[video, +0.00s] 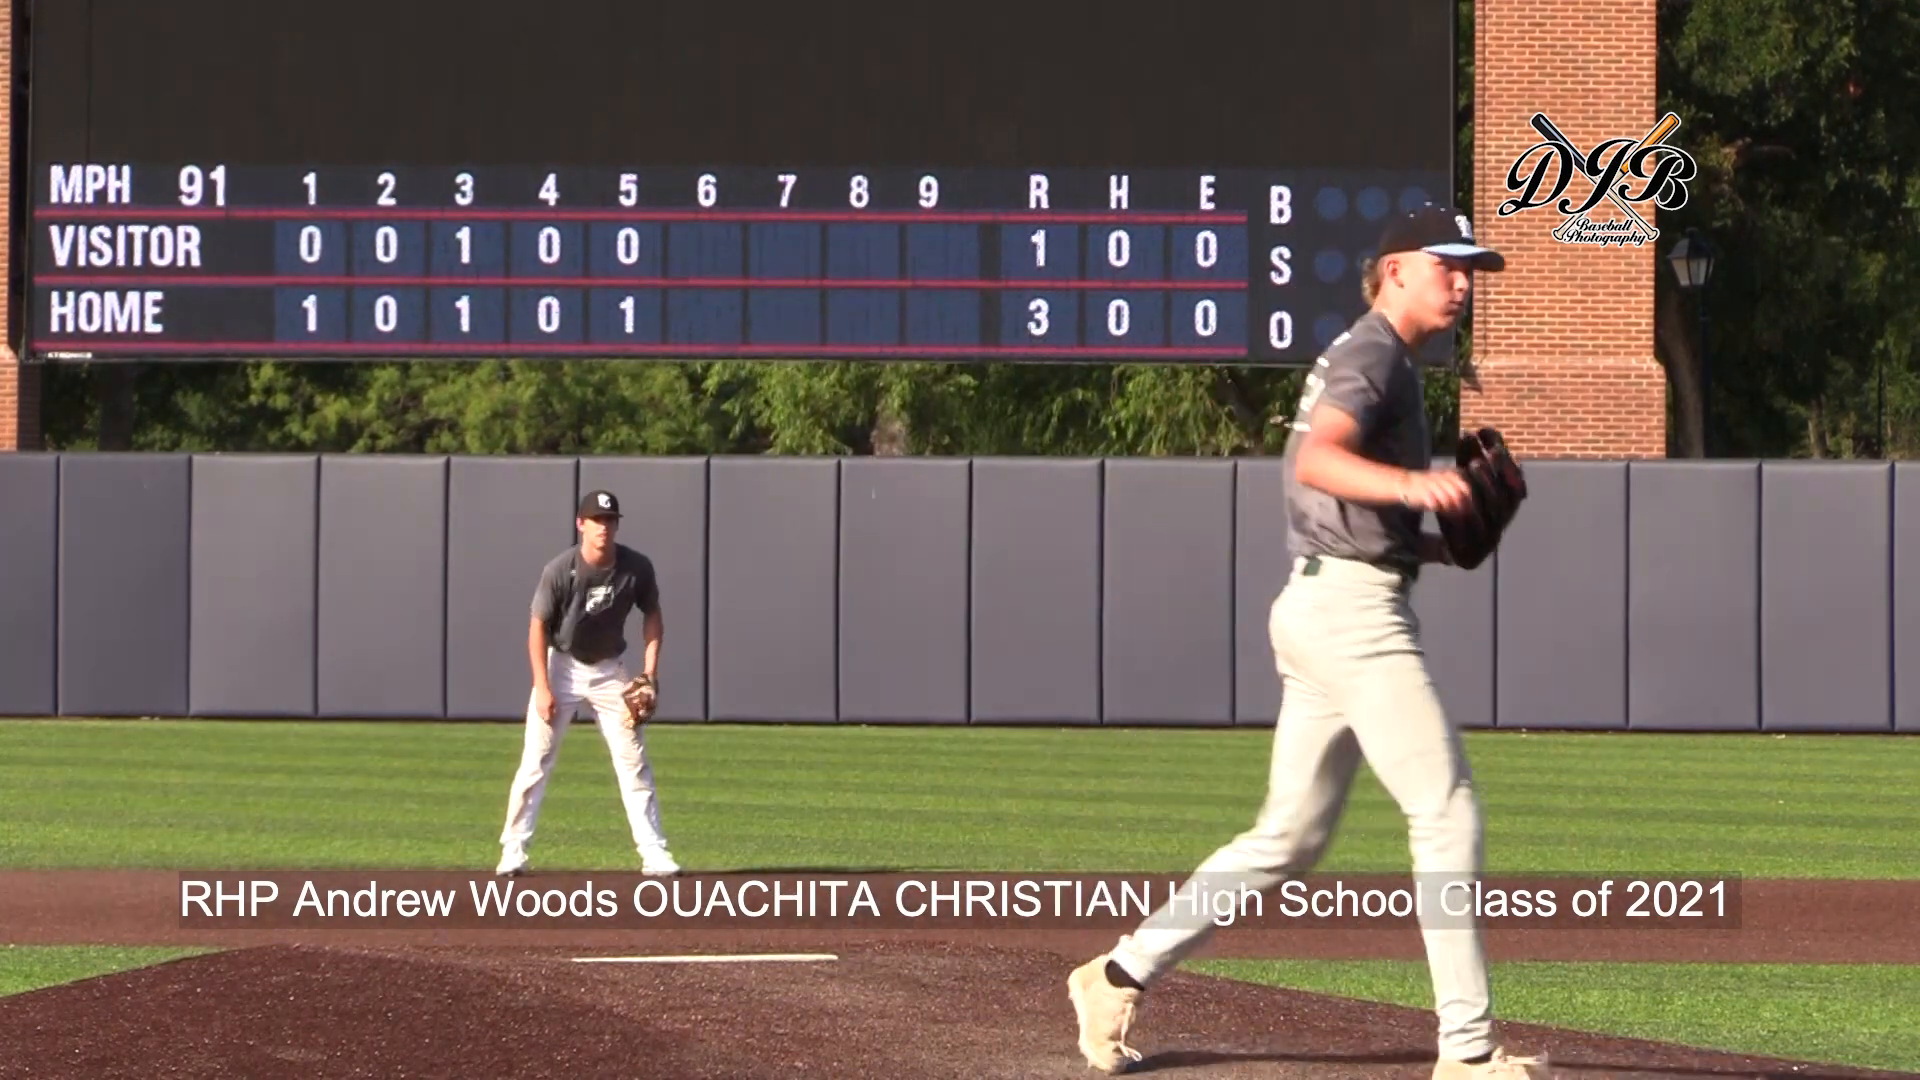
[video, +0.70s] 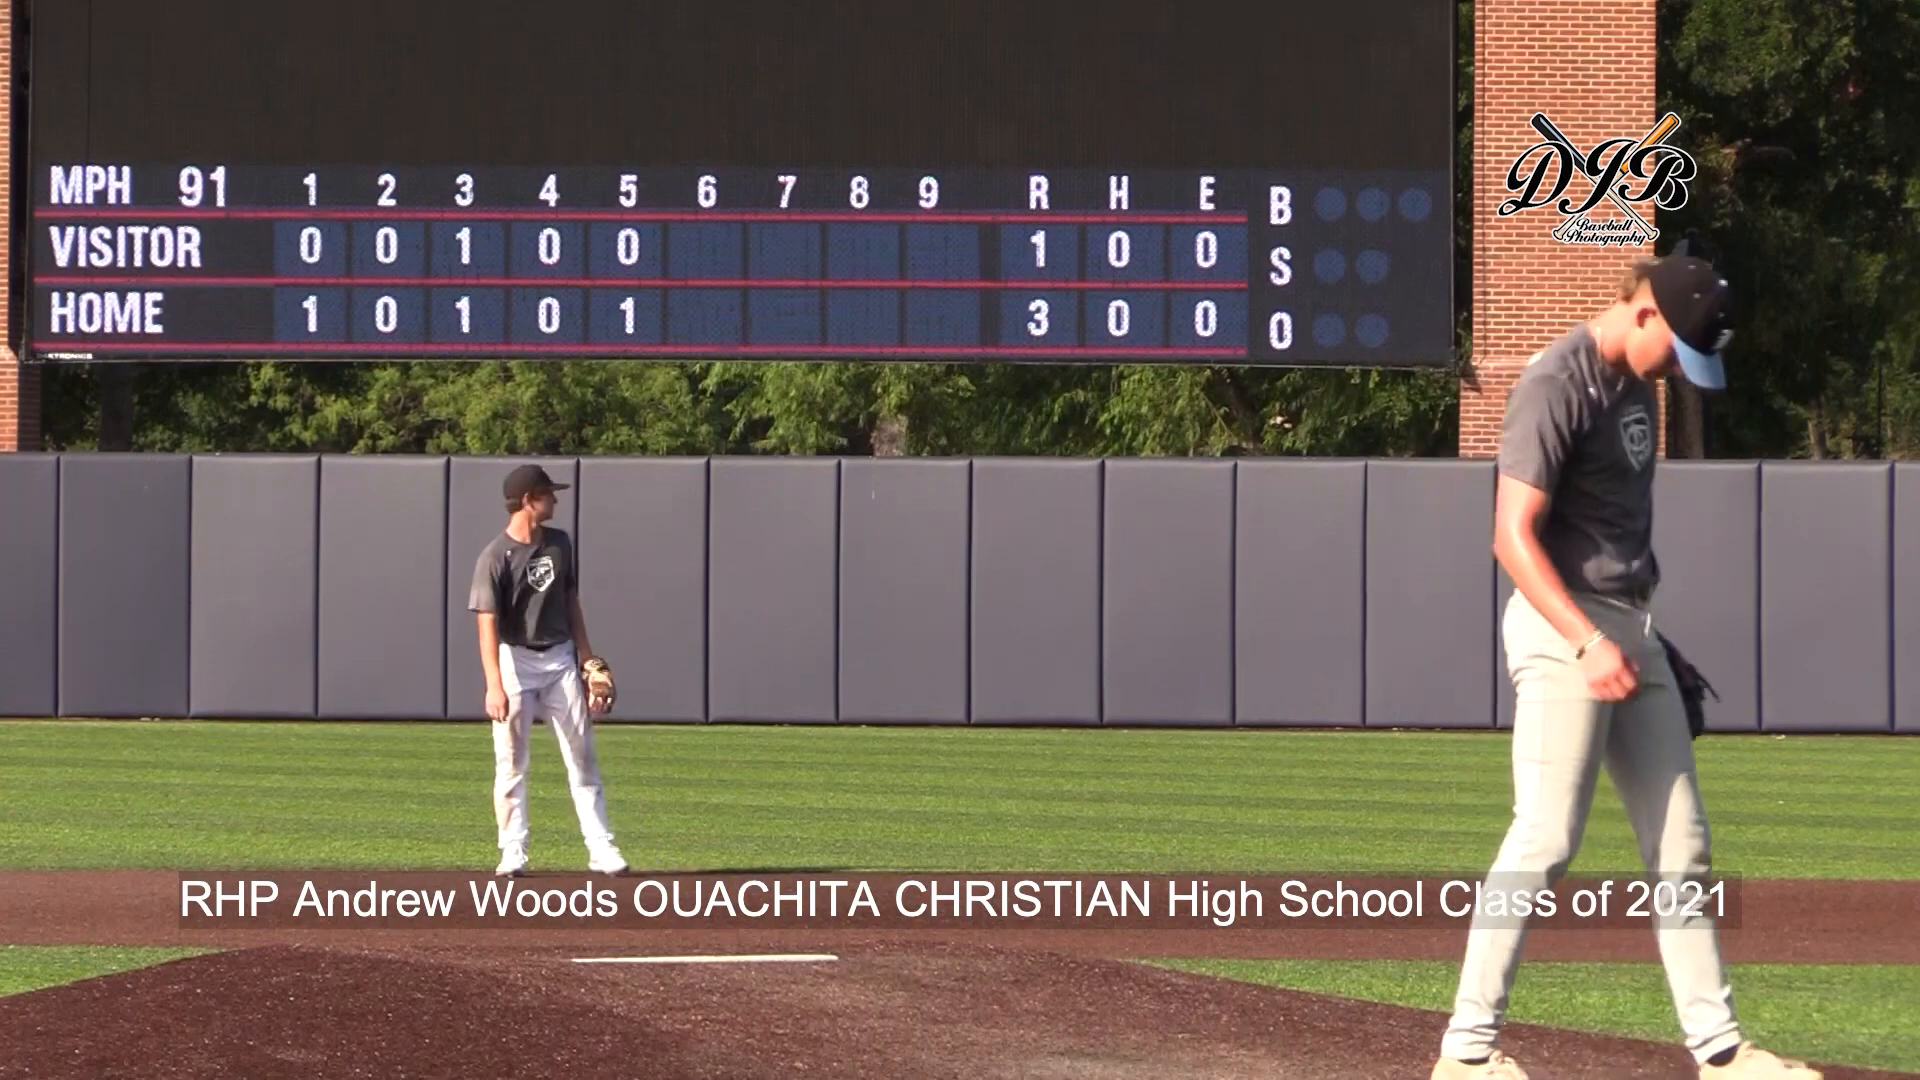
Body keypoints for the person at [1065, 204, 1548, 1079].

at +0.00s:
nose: (1465, 284)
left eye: (1468, 270)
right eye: (1449, 268)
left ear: (1422, 281)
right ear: (1396, 273)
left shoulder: (1388, 364)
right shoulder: (1369, 354)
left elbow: (1385, 511)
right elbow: (1314, 460)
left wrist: (1461, 516)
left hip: (1328, 601)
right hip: (1349, 601)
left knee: (1288, 835)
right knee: (1445, 811)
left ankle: (1117, 975)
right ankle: (1467, 1045)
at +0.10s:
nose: (1492, 303)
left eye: (1494, 288)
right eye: (1475, 285)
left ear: (1432, 301)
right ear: (1420, 294)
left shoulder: (1377, 381)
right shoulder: (1419, 390)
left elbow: (1394, 529)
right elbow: (1416, 530)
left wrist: (1495, 551)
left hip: (1366, 628)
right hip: (1415, 631)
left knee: (1400, 853)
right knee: (1523, 833)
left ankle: (1203, 952)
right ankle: (1473, 1049)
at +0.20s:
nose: (1527, 297)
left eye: (1529, 283)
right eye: (1512, 280)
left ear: (1468, 291)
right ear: (1456, 284)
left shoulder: (1403, 367)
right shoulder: (1454, 387)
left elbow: (1397, 528)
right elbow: (1466, 537)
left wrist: (1510, 571)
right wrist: (1579, 627)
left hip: (1402, 620)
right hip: (1449, 624)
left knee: (1486, 826)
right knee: (1531, 836)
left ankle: (1325, 977)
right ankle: (1472, 1050)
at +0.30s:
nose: (1561, 297)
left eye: (1565, 281)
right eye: (1551, 278)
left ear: (1500, 269)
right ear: (1499, 266)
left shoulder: (1437, 344)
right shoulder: (1475, 372)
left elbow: (1454, 509)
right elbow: (1487, 527)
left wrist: (1551, 574)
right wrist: (1601, 602)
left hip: (1451, 599)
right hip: (1473, 610)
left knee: (1562, 806)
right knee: (1516, 822)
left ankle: (1450, 1005)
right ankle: (1465, 1044)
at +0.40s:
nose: (1583, 323)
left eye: (1592, 309)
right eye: (1580, 304)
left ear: (1545, 277)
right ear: (1541, 275)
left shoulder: (1477, 343)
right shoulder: (1487, 370)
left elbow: (1502, 515)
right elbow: (1496, 527)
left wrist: (1566, 615)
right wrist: (1616, 595)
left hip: (1519, 603)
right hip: (1491, 606)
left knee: (1590, 806)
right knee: (1502, 825)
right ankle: (1465, 1050)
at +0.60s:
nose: (1642, 363)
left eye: (1651, 351)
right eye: (1640, 345)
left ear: (1618, 311)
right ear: (1607, 306)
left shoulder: (1589, 376)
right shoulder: (1524, 379)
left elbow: (1581, 527)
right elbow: (1501, 534)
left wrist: (1629, 632)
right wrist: (1612, 622)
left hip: (1592, 619)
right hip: (1528, 614)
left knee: (1651, 828)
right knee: (1515, 833)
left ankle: (1722, 1033)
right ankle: (1463, 1049)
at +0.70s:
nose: (1675, 368)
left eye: (1685, 357)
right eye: (1675, 351)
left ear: (1657, 322)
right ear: (1641, 312)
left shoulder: (1630, 380)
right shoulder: (1555, 382)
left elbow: (1612, 524)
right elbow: (1512, 532)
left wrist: (1650, 639)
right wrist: (1588, 641)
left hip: (1631, 624)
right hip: (1559, 627)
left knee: (1681, 844)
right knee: (1542, 839)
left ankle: (1717, 1046)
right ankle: (1466, 1047)